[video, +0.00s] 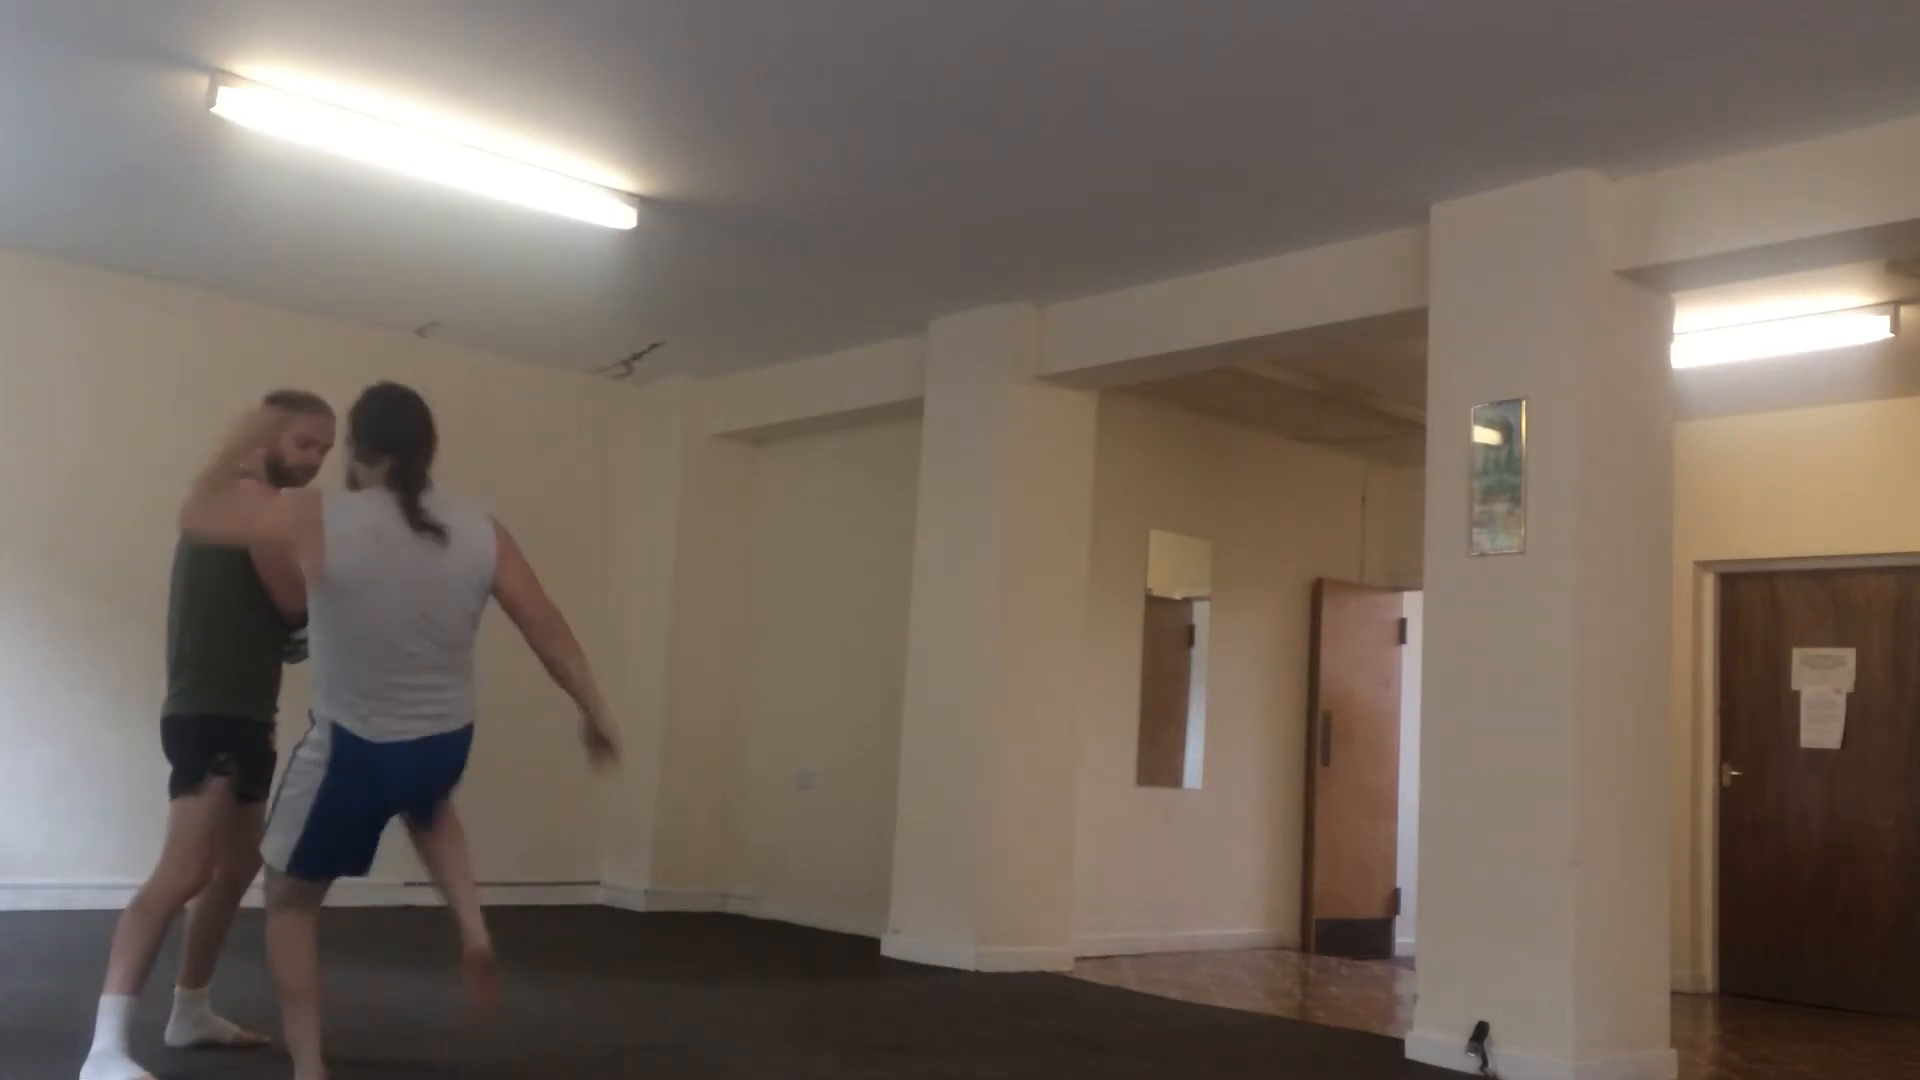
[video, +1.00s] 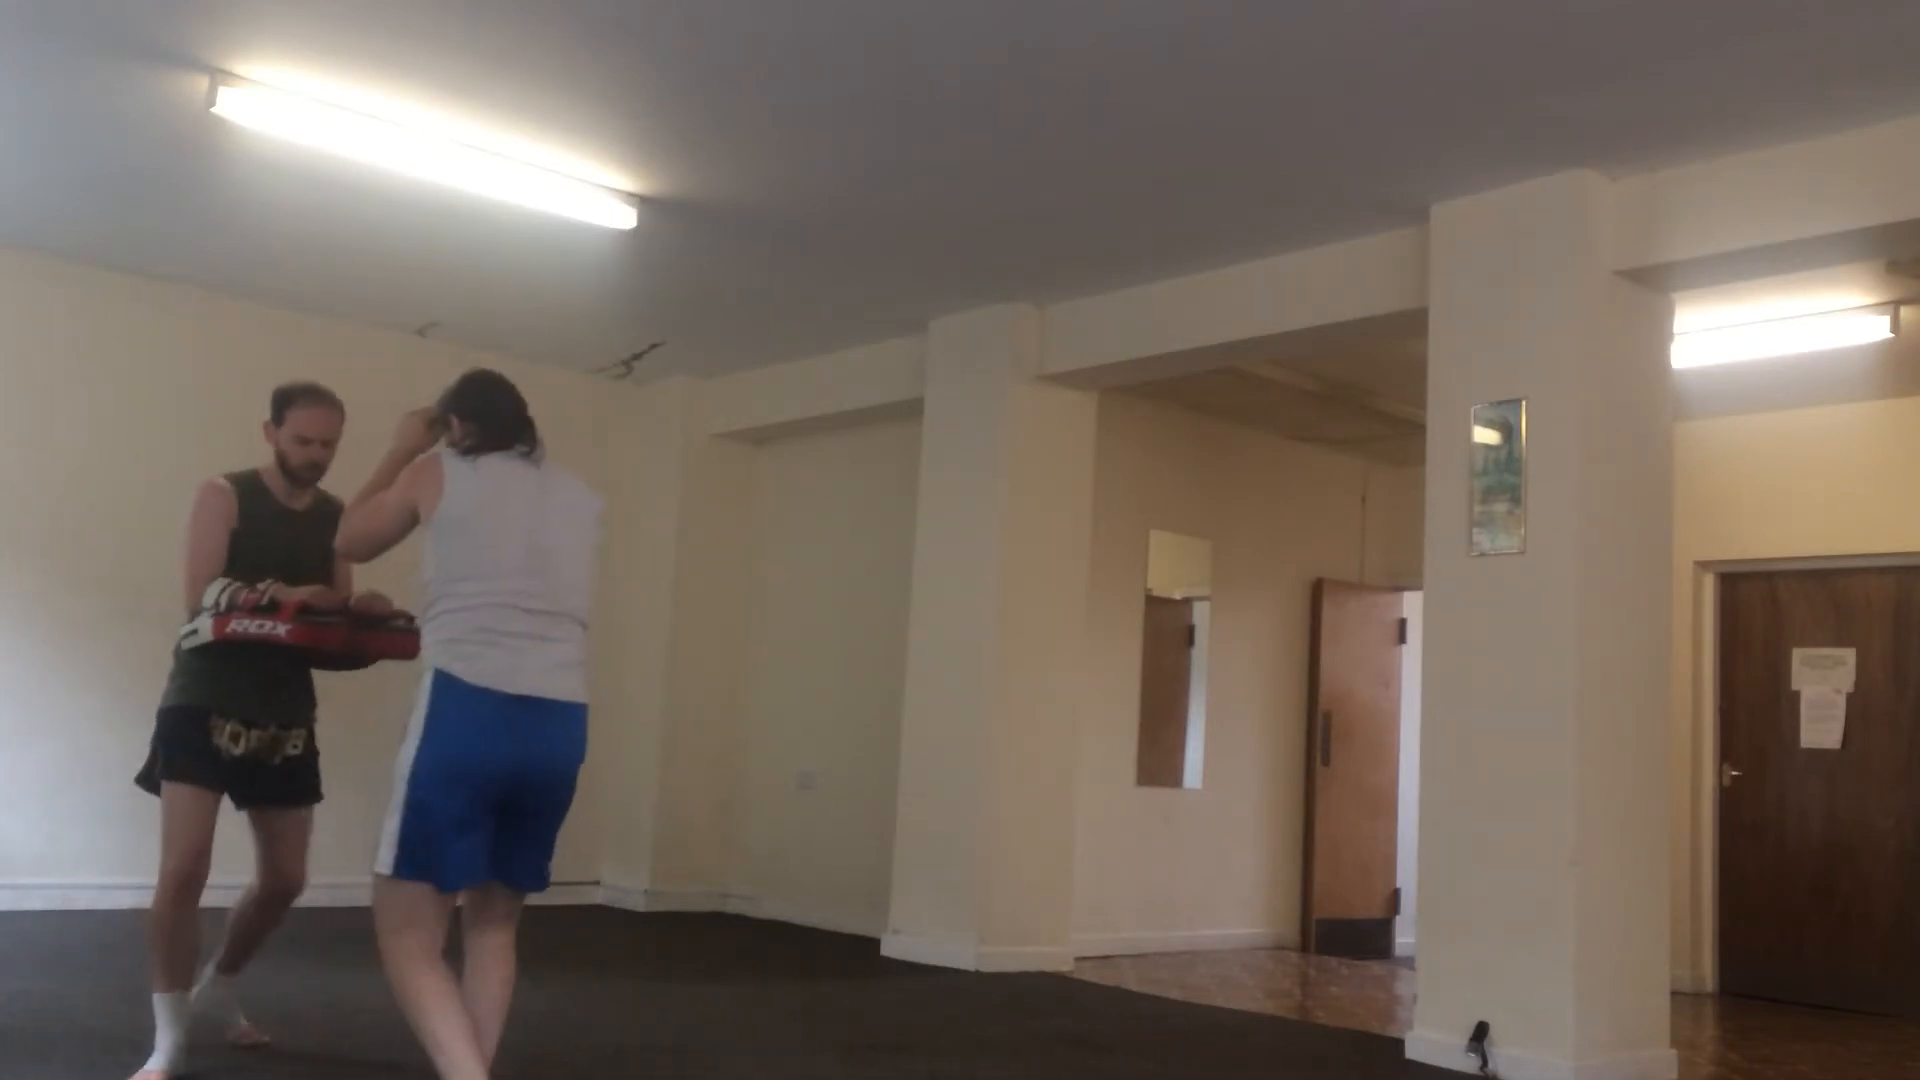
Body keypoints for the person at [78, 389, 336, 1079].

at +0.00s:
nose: (316, 460)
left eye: (323, 450)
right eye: (307, 445)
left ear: (306, 444)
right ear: (267, 432)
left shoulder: (237, 494)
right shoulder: (250, 495)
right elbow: (294, 601)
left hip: (243, 714)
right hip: (214, 714)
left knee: (236, 867)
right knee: (182, 871)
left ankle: (191, 1012)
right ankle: (105, 1048)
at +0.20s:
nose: (307, 444)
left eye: (313, 432)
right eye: (296, 428)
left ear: (259, 429)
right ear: (251, 422)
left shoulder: (236, 489)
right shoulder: (243, 491)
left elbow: (302, 584)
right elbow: (317, 575)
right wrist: (312, 490)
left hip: (247, 710)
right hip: (219, 711)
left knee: (232, 864)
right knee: (187, 868)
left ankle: (191, 1012)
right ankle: (107, 1043)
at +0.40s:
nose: (303, 445)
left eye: (309, 433)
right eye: (290, 431)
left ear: (303, 433)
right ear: (249, 428)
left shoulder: (252, 498)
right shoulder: (229, 496)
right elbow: (294, 588)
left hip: (257, 715)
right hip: (219, 715)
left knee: (246, 865)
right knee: (196, 865)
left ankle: (192, 1012)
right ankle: (112, 1041)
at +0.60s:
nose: (324, 461)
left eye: (334, 450)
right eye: (314, 444)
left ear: (339, 456)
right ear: (278, 437)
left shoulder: (294, 518)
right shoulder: (232, 498)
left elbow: (287, 609)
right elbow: (230, 600)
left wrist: (319, 625)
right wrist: (312, 611)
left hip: (263, 708)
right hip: (208, 705)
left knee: (249, 863)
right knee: (200, 856)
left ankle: (192, 1012)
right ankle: (130, 1033)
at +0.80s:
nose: (324, 460)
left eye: (335, 451)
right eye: (314, 445)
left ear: (341, 453)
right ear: (280, 436)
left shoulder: (324, 520)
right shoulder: (233, 498)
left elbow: (325, 612)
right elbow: (211, 595)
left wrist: (366, 629)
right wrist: (299, 607)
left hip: (273, 708)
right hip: (206, 703)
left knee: (232, 867)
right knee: (190, 863)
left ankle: (193, 1008)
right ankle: (162, 1030)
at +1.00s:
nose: (317, 455)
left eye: (329, 445)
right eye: (306, 441)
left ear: (337, 445)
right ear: (271, 432)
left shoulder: (334, 516)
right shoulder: (224, 497)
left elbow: (333, 615)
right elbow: (202, 597)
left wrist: (366, 612)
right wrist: (297, 597)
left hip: (284, 708)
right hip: (205, 702)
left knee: (285, 878)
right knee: (184, 869)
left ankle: (216, 989)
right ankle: (168, 1039)